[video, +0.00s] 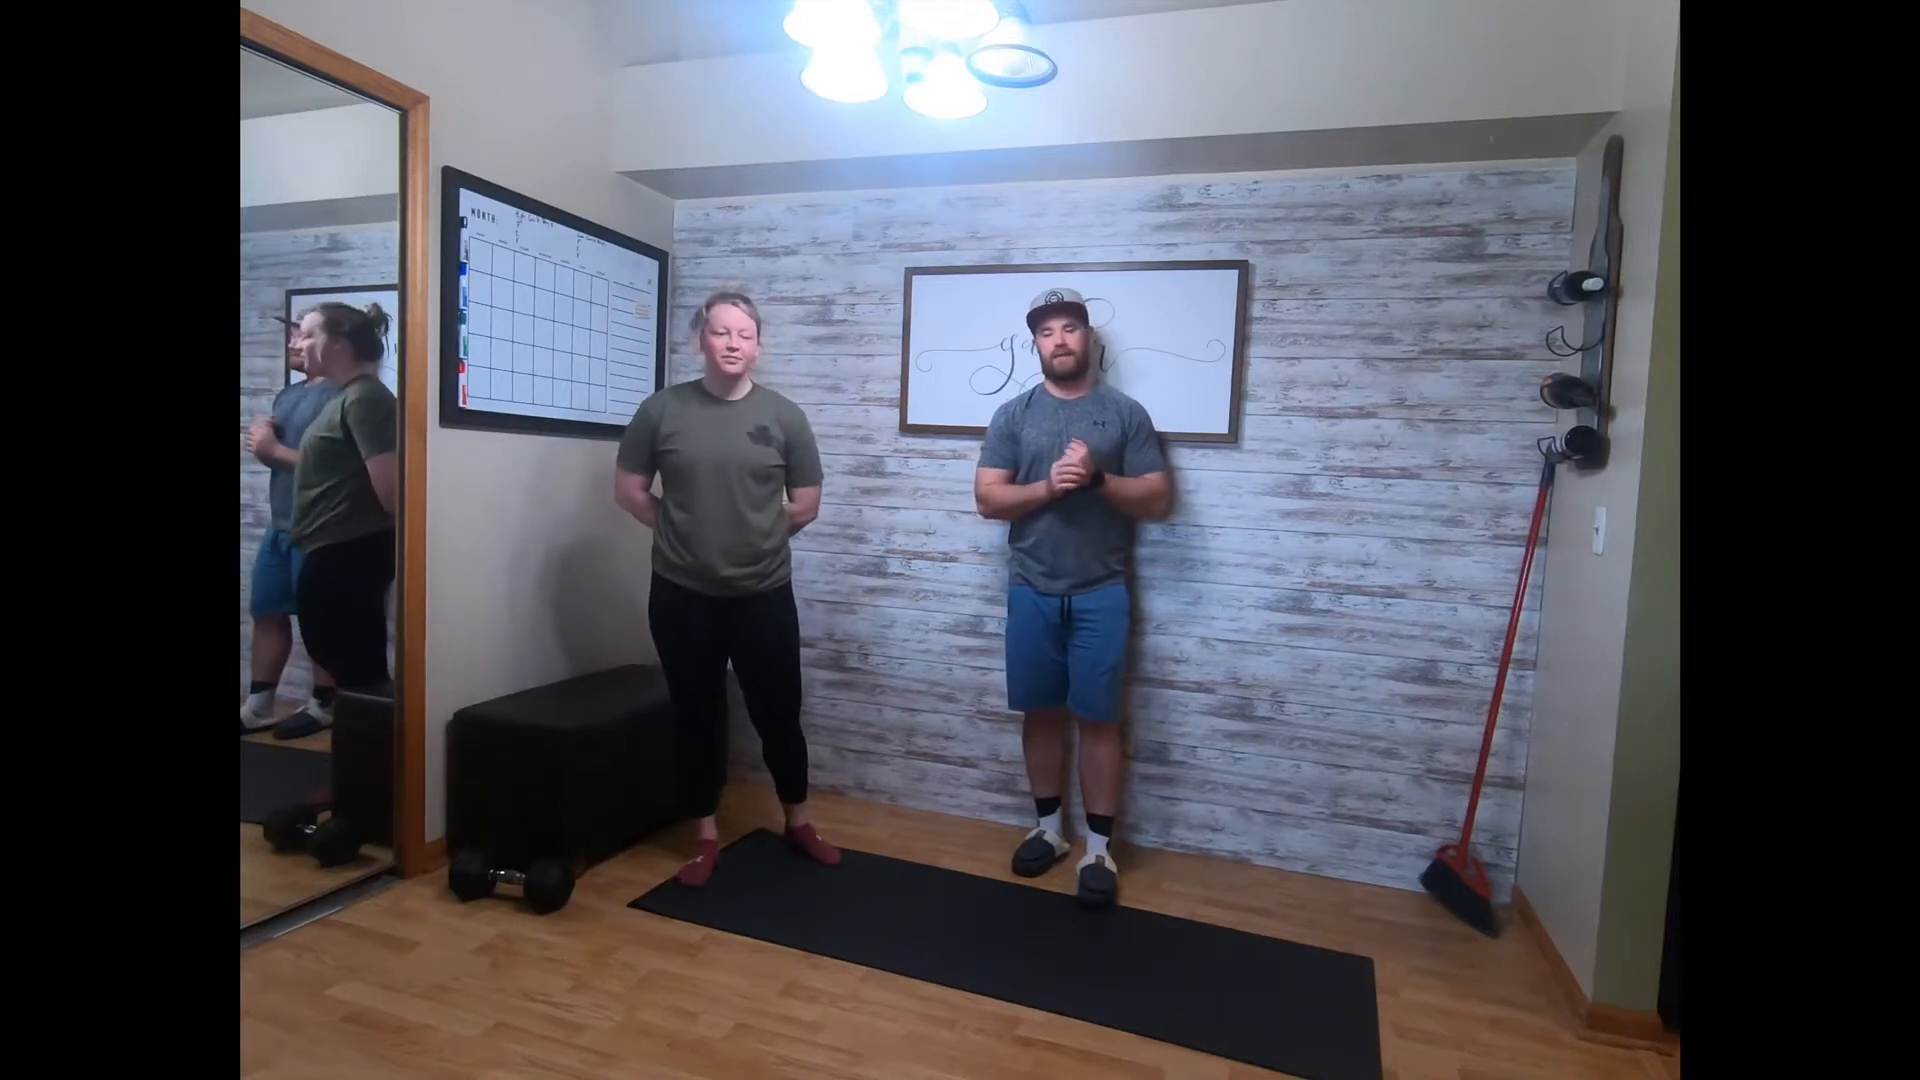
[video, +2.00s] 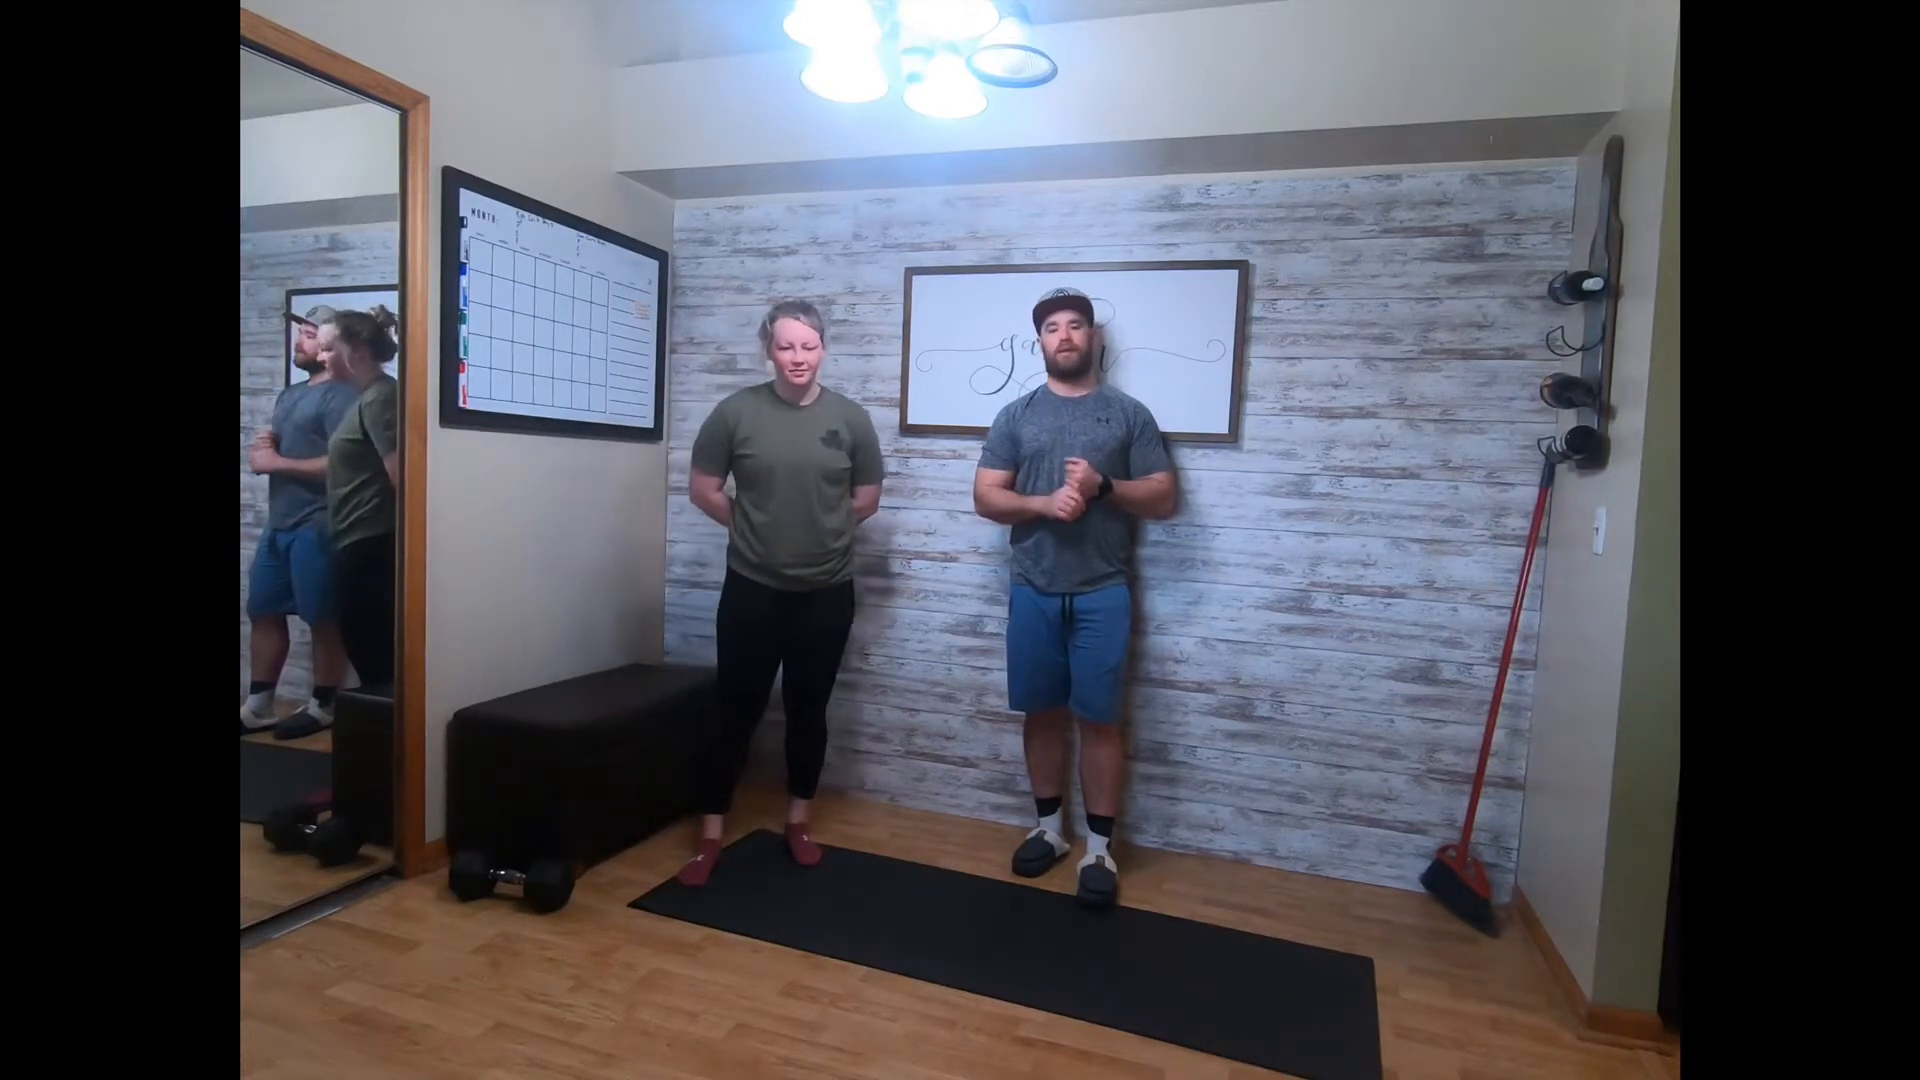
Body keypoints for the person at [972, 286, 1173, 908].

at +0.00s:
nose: (1060, 339)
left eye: (1070, 329)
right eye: (1048, 332)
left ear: (1089, 339)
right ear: (1035, 346)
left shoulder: (1124, 413)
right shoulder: (1013, 415)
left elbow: (1158, 500)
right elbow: (988, 498)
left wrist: (1100, 479)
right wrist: (1048, 487)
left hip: (1101, 584)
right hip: (1031, 584)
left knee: (1097, 714)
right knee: (1040, 709)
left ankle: (1098, 850)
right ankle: (1049, 830)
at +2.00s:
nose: (1064, 335)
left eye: (1075, 326)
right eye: (1052, 329)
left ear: (1094, 338)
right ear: (1039, 343)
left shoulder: (1127, 414)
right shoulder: (1015, 417)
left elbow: (1163, 499)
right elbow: (987, 497)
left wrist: (1104, 488)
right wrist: (1042, 503)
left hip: (1102, 585)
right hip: (1033, 585)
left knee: (1098, 716)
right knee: (1041, 711)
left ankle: (1098, 850)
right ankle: (1049, 831)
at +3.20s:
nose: (1070, 333)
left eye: (1082, 326)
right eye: (1059, 326)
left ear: (1099, 341)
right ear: (1044, 340)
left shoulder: (1127, 414)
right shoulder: (1017, 413)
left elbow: (1171, 498)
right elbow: (962, 482)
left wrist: (1173, 442)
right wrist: (972, 432)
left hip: (1095, 583)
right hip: (1026, 583)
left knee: (1094, 716)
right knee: (1038, 711)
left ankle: (1097, 851)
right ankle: (1048, 831)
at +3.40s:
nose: (1071, 335)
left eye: (1083, 327)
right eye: (1060, 326)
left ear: (1099, 341)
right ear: (1044, 339)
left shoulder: (1127, 408)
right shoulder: (1015, 405)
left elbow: (1199, 445)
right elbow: (939, 436)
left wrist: (1204, 374)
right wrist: (949, 369)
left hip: (1095, 584)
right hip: (1025, 583)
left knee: (1095, 717)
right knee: (1036, 712)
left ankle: (1097, 851)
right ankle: (1048, 831)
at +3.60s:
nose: (1072, 335)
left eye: (1083, 327)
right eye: (1061, 327)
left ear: (1100, 340)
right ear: (1045, 341)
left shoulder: (1126, 397)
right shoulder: (1016, 393)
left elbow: (1197, 354)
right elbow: (940, 358)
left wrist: (1218, 274)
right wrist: (937, 278)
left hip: (1093, 577)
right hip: (1024, 576)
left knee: (1094, 713)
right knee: (1034, 708)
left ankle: (1098, 849)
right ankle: (1048, 829)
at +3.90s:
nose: (1067, 337)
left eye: (1079, 328)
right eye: (1056, 328)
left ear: (1097, 339)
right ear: (1041, 340)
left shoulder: (1125, 402)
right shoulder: (1014, 398)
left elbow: (1202, 384)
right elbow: (932, 388)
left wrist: (1195, 303)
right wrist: (942, 311)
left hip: (1094, 579)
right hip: (1024, 576)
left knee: (1092, 715)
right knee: (1037, 708)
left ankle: (1098, 850)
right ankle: (1049, 833)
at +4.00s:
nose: (1064, 336)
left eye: (1076, 327)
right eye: (1053, 328)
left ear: (1093, 339)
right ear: (1038, 340)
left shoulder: (1122, 408)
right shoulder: (1012, 404)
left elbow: (1199, 440)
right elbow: (937, 443)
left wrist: (1185, 376)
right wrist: (942, 378)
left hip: (1094, 579)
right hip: (1024, 577)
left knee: (1093, 715)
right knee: (1036, 709)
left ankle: (1097, 851)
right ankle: (1048, 831)